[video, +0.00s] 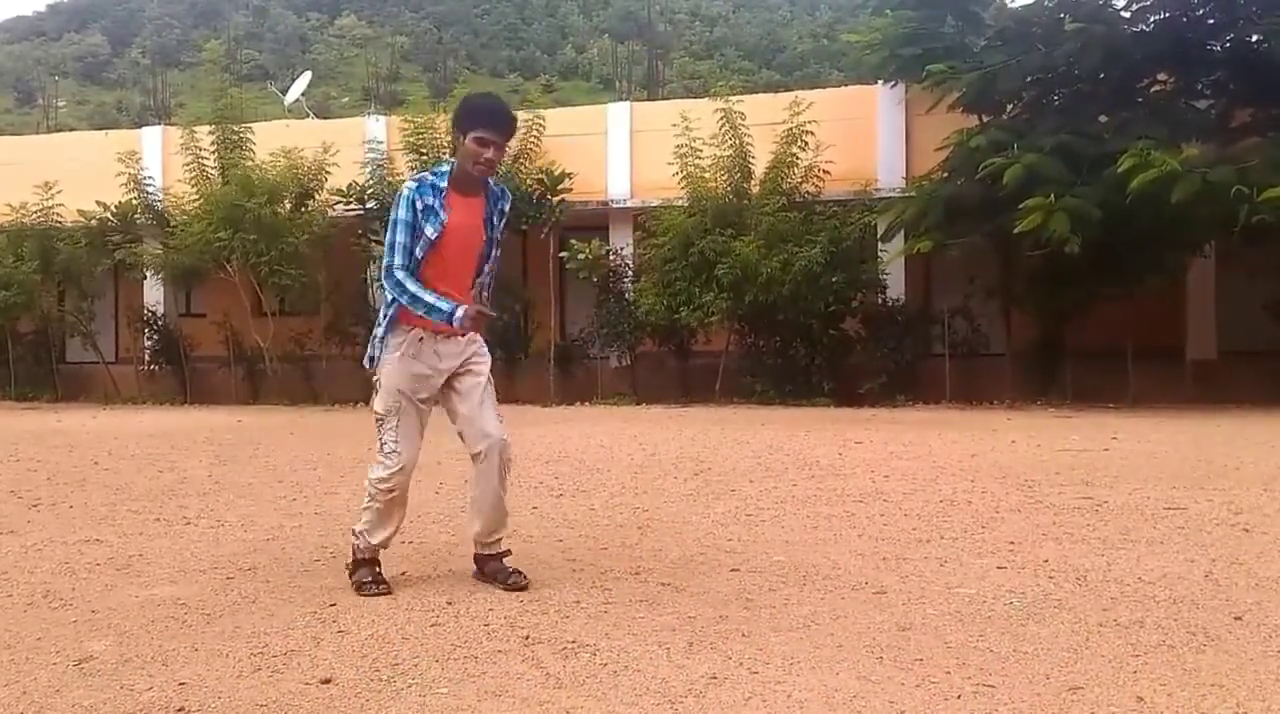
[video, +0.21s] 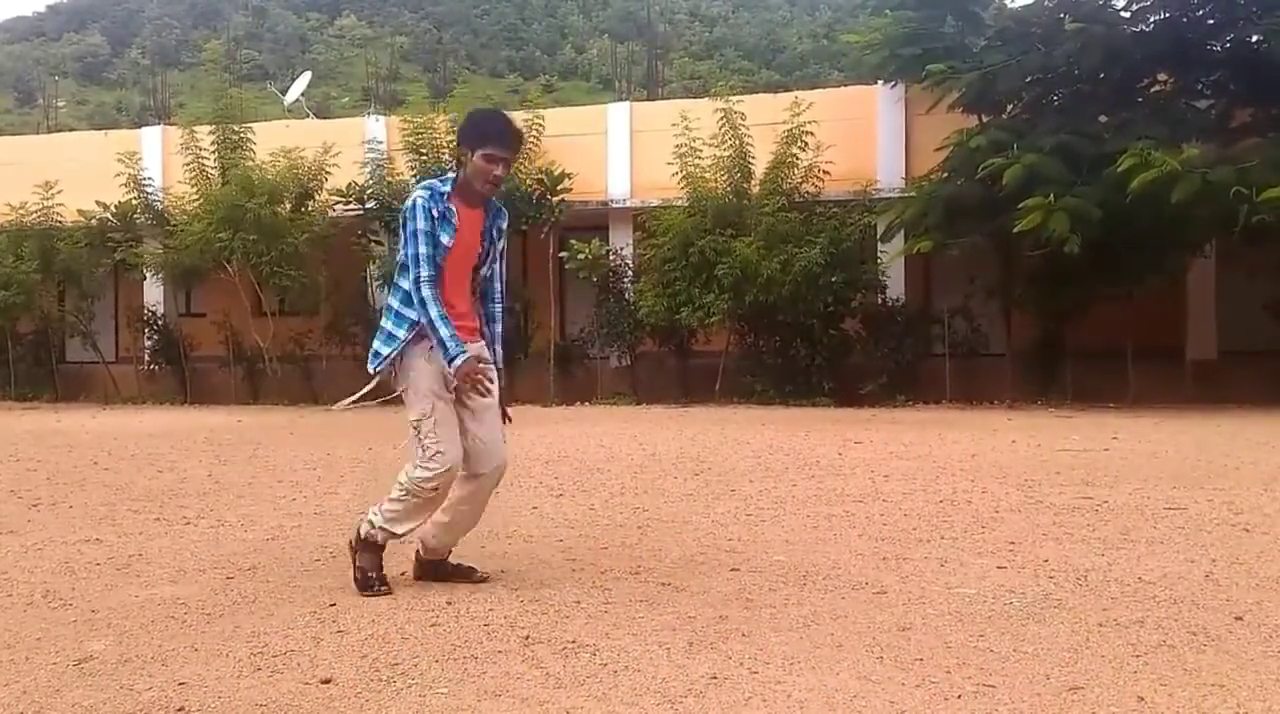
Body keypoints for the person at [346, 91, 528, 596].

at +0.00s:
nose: (489, 154)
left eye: (498, 146)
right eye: (480, 142)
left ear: (506, 150)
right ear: (458, 140)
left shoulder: (499, 200)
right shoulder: (417, 192)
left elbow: (486, 264)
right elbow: (394, 274)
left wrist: (478, 309)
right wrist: (452, 313)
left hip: (466, 345)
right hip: (410, 342)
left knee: (492, 443)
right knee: (398, 460)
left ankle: (489, 555)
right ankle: (365, 554)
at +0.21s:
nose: (499, 172)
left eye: (507, 163)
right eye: (491, 160)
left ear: (512, 164)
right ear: (463, 154)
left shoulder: (495, 216)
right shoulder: (426, 200)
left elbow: (494, 295)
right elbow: (423, 284)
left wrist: (496, 371)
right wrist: (455, 352)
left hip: (473, 343)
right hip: (421, 339)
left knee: (489, 460)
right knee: (441, 459)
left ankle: (433, 555)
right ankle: (370, 537)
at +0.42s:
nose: (546, 179)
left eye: (552, 170)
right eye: (539, 166)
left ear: (550, 167)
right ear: (511, 158)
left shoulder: (523, 202)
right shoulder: (468, 180)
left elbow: (559, 225)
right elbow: (396, 220)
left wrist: (588, 196)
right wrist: (331, 274)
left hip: (450, 318)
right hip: (416, 312)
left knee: (448, 437)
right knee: (489, 402)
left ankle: (429, 547)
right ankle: (460, 529)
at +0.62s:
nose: (540, 131)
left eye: (550, 123)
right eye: (530, 119)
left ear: (556, 128)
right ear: (505, 117)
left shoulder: (540, 179)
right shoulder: (465, 154)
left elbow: (570, 226)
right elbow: (381, 164)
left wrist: (568, 168)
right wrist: (305, 180)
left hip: (484, 323)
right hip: (453, 319)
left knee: (433, 422)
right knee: (495, 443)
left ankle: (347, 487)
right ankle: (474, 568)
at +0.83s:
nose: (547, 154)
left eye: (555, 144)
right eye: (537, 141)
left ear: (560, 149)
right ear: (508, 141)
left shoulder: (544, 209)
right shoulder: (467, 197)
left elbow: (522, 283)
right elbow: (406, 264)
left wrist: (554, 305)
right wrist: (346, 330)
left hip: (511, 356)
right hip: (472, 351)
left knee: (470, 472)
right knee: (535, 469)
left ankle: (385, 523)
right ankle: (477, 569)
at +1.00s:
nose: (570, 175)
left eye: (576, 165)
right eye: (561, 163)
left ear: (578, 168)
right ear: (530, 159)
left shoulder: (555, 222)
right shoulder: (494, 215)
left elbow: (528, 304)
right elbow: (526, 305)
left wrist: (524, 367)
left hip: (515, 365)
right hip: (474, 365)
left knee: (545, 469)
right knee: (528, 470)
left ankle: (453, 510)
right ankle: (476, 570)